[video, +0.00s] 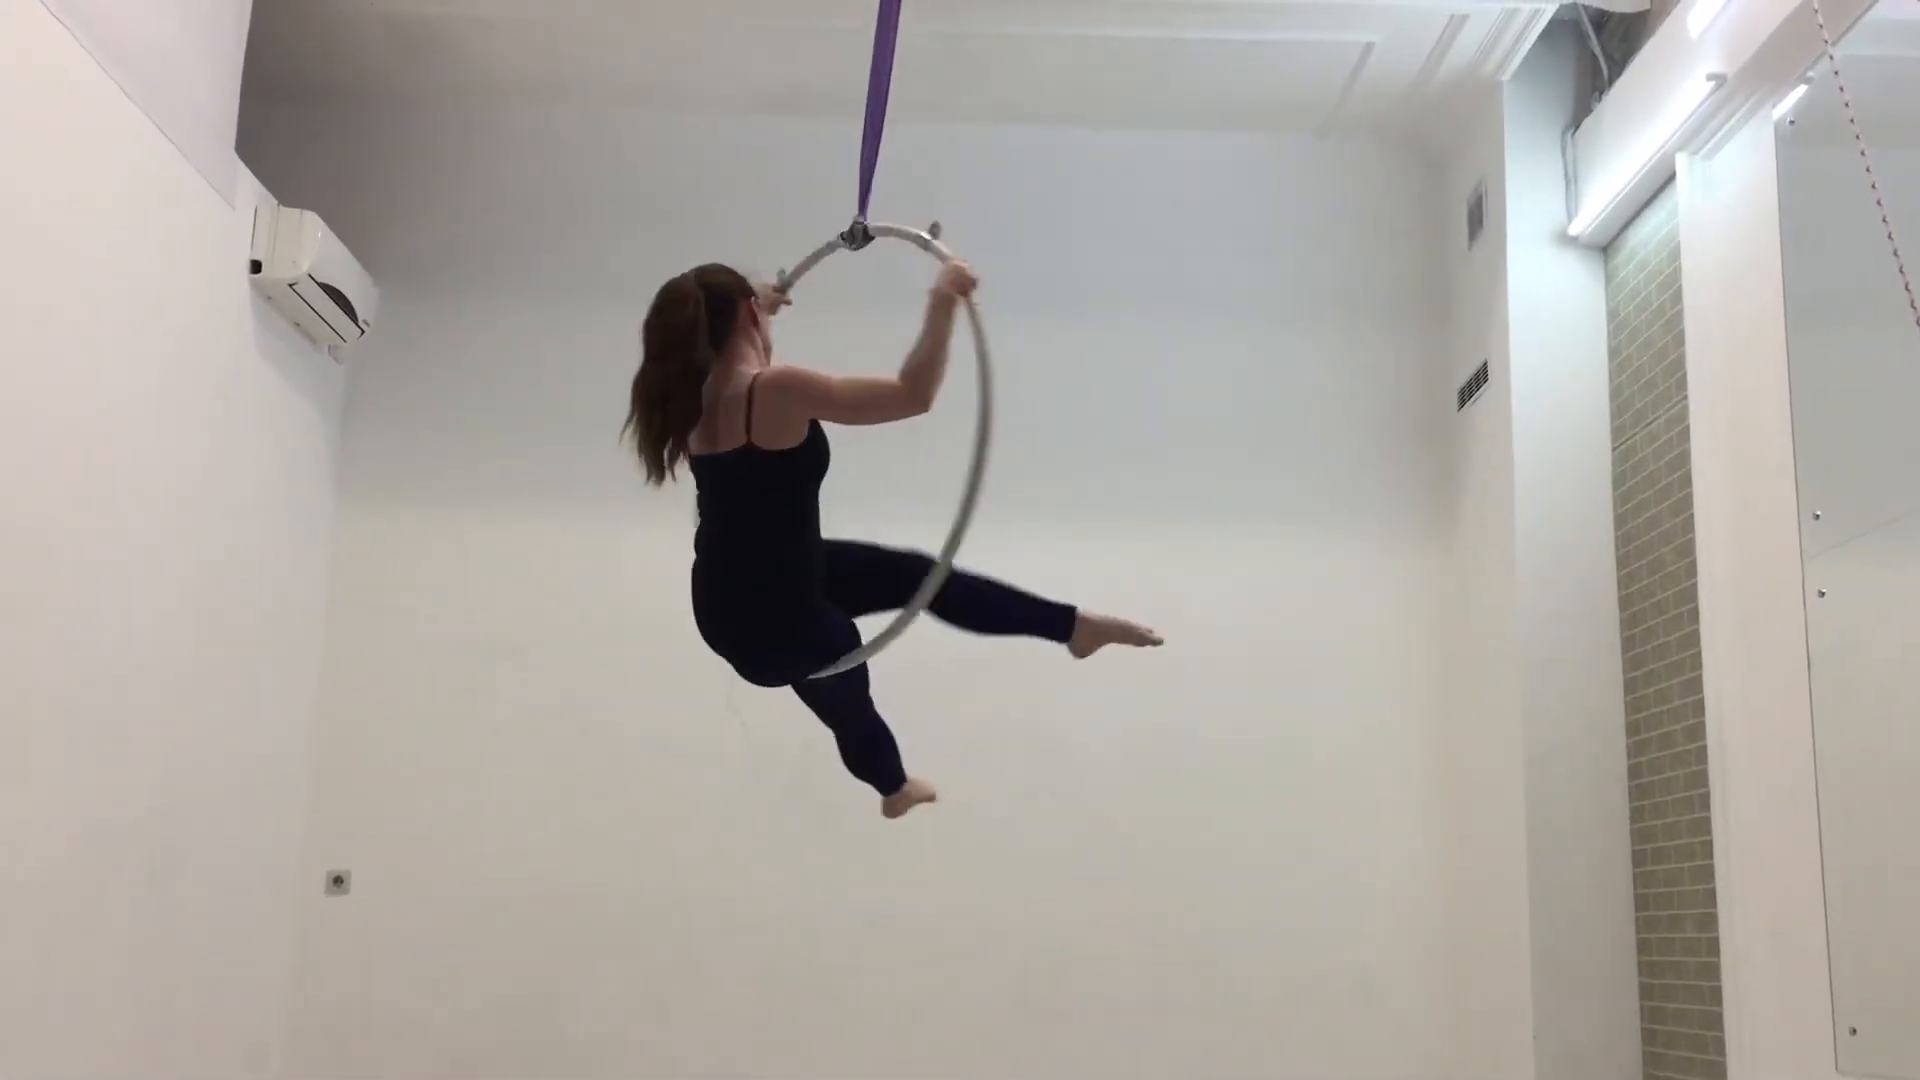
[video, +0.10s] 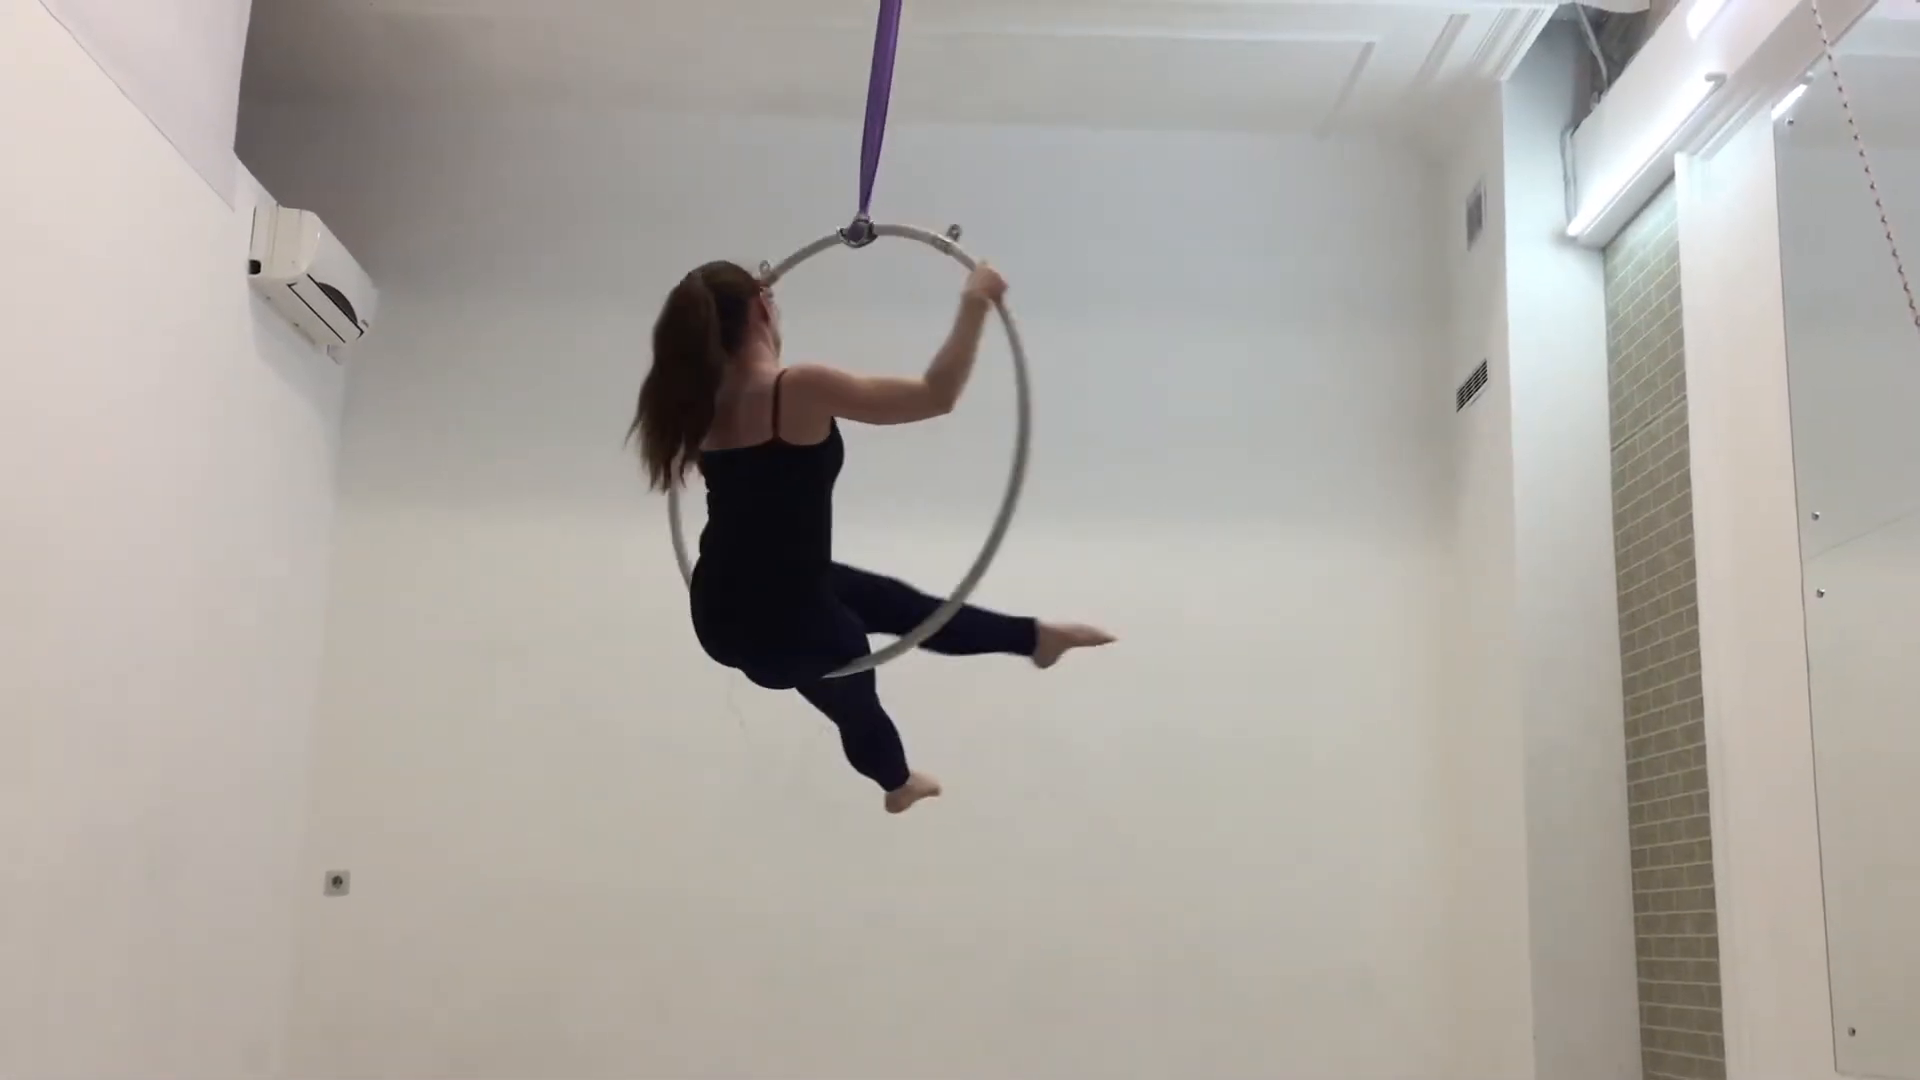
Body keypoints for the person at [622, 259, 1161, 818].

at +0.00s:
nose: (764, 313)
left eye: (756, 302)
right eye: (757, 305)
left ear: (694, 338)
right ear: (748, 320)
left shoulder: (692, 402)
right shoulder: (780, 389)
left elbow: (733, 400)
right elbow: (911, 396)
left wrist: (754, 324)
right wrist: (944, 302)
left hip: (726, 600)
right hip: (782, 609)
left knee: (918, 575)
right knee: (846, 693)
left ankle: (1072, 626)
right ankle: (893, 787)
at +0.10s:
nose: (774, 313)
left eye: (770, 303)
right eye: (769, 303)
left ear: (703, 334)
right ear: (760, 315)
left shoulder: (699, 407)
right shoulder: (806, 385)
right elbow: (935, 396)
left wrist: (748, 337)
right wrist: (974, 305)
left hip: (721, 605)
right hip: (792, 609)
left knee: (894, 603)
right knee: (855, 703)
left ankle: (1033, 639)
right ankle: (895, 783)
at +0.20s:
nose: (781, 303)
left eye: (772, 294)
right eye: (774, 297)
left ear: (714, 334)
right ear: (770, 310)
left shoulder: (712, 407)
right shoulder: (825, 386)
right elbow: (955, 391)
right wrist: (997, 300)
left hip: (731, 621)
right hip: (813, 627)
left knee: (870, 639)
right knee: (871, 687)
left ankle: (957, 659)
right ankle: (919, 766)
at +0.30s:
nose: (783, 301)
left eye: (775, 294)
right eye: (778, 296)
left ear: (724, 340)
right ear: (776, 310)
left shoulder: (727, 414)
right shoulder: (845, 385)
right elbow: (971, 388)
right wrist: (1009, 293)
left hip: (759, 624)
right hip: (845, 621)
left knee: (829, 671)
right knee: (891, 681)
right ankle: (931, 730)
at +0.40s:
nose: (793, 304)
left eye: (782, 297)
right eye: (786, 298)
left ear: (739, 349)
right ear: (787, 314)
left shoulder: (748, 420)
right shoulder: (871, 383)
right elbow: (989, 388)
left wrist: (724, 314)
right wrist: (1028, 298)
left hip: (792, 626)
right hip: (876, 619)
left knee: (823, 681)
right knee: (894, 665)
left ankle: (856, 792)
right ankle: (907, 701)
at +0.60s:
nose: (867, 306)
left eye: (853, 302)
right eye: (858, 303)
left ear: (811, 351)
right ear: (863, 317)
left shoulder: (811, 421)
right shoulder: (949, 394)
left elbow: (726, 399)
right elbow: (1048, 407)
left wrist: (749, 308)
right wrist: (1074, 325)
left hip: (835, 634)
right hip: (928, 639)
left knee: (832, 690)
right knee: (881, 685)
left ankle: (869, 825)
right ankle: (834, 764)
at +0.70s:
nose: (922, 311)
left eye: (911, 305)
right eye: (915, 306)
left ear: (856, 352)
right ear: (916, 322)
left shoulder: (853, 415)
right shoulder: (996, 403)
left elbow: (758, 397)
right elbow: (1076, 419)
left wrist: (775, 301)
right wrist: (1094, 339)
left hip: (855, 630)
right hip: (949, 644)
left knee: (824, 667)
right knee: (879, 693)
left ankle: (872, 801)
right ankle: (816, 832)